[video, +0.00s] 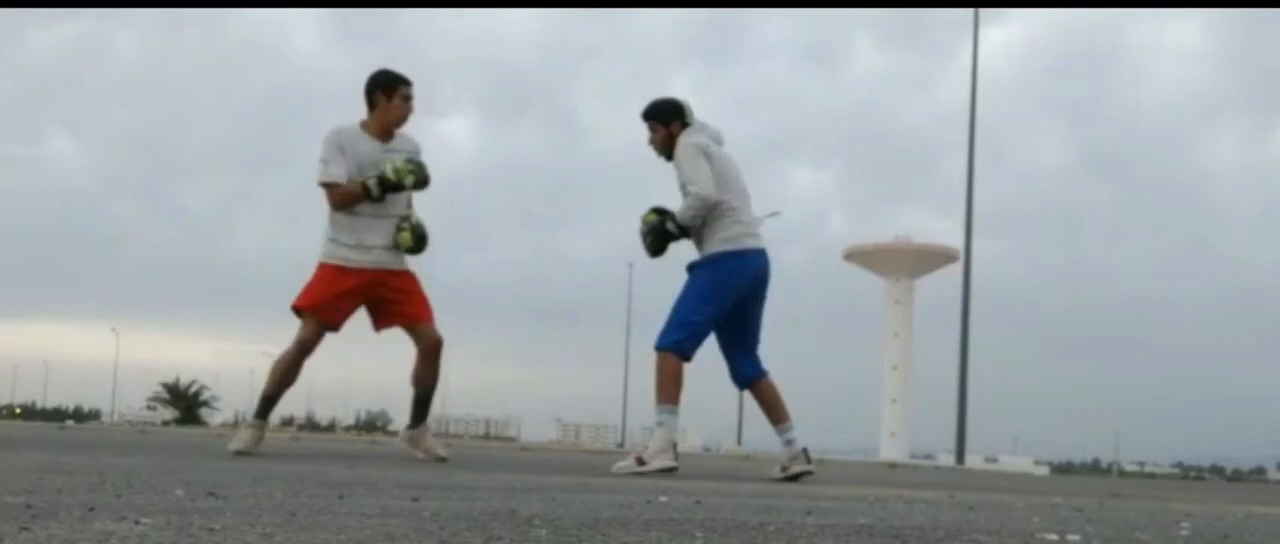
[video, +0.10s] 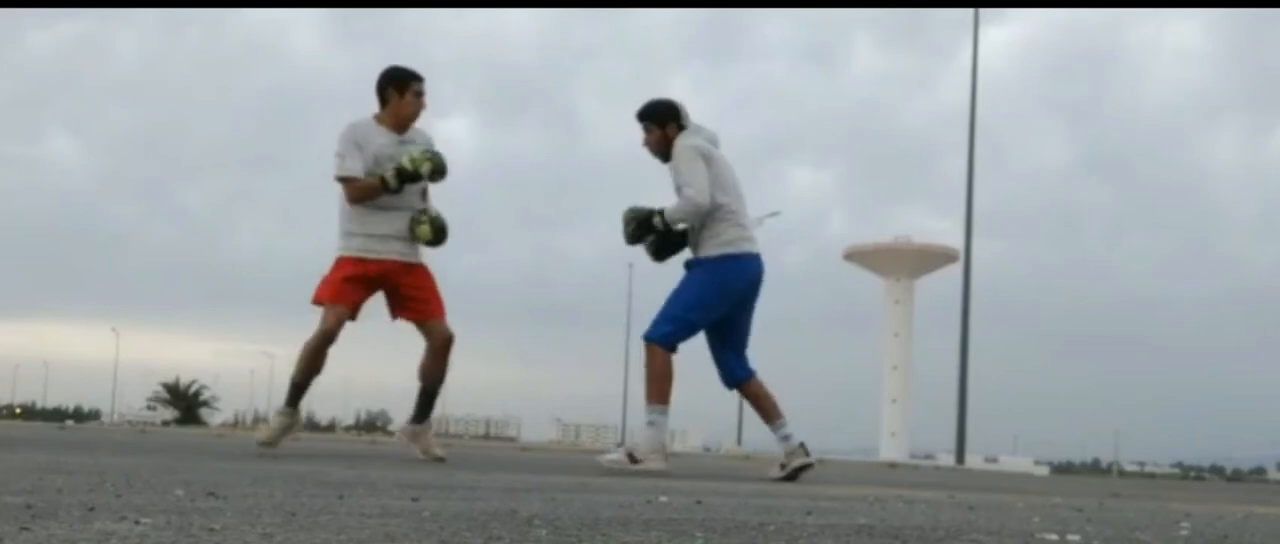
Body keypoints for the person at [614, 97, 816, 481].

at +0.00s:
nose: (650, 142)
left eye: (652, 133)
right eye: (649, 133)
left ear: (671, 127)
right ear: (677, 126)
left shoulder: (688, 147)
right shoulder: (710, 148)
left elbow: (703, 195)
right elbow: (721, 211)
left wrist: (675, 224)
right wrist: (680, 226)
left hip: (725, 261)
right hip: (752, 260)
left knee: (670, 347)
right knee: (746, 364)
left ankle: (661, 447)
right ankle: (794, 452)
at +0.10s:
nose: (644, 143)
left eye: (647, 134)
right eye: (643, 135)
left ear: (667, 129)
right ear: (672, 128)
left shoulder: (687, 149)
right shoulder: (703, 149)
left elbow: (697, 202)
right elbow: (715, 212)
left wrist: (657, 218)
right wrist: (678, 235)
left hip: (721, 264)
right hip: (743, 264)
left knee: (657, 340)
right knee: (735, 367)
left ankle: (651, 446)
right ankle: (792, 447)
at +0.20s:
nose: (635, 144)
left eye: (638, 134)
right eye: (634, 135)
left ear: (659, 130)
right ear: (661, 130)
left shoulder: (682, 157)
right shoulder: (690, 155)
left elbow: (685, 214)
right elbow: (705, 222)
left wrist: (642, 206)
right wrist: (673, 249)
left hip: (707, 274)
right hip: (722, 274)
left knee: (640, 340)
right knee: (716, 375)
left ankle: (628, 450)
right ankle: (787, 443)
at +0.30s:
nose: (623, 143)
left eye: (628, 134)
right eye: (622, 134)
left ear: (652, 133)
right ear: (648, 133)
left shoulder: (678, 166)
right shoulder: (649, 165)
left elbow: (701, 230)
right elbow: (636, 187)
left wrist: (657, 204)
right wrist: (605, 188)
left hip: (694, 286)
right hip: (688, 286)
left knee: (626, 343)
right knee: (714, 380)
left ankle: (612, 450)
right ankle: (796, 441)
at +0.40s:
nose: (643, 178)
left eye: (650, 170)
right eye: (637, 171)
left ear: (661, 160)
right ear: (626, 163)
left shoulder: (678, 197)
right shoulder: (625, 180)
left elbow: (668, 265)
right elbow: (579, 172)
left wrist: (639, 232)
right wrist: (531, 154)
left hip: (706, 277)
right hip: (683, 283)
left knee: (650, 343)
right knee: (715, 379)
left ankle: (617, 450)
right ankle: (803, 430)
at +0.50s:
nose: (659, 210)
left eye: (664, 203)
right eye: (651, 203)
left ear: (672, 191)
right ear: (637, 193)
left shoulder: (687, 216)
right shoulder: (625, 192)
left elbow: (665, 270)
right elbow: (571, 186)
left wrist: (626, 242)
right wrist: (530, 171)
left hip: (706, 283)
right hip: (686, 284)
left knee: (640, 345)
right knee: (706, 384)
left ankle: (616, 453)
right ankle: (801, 408)